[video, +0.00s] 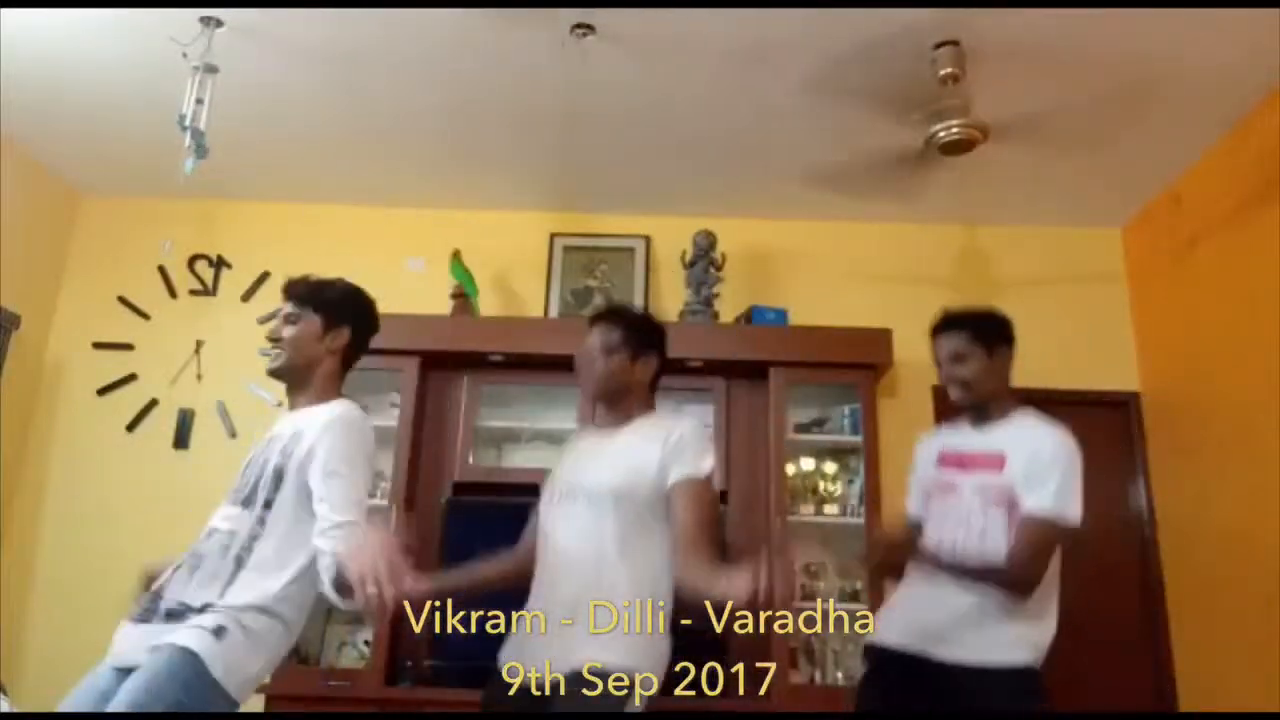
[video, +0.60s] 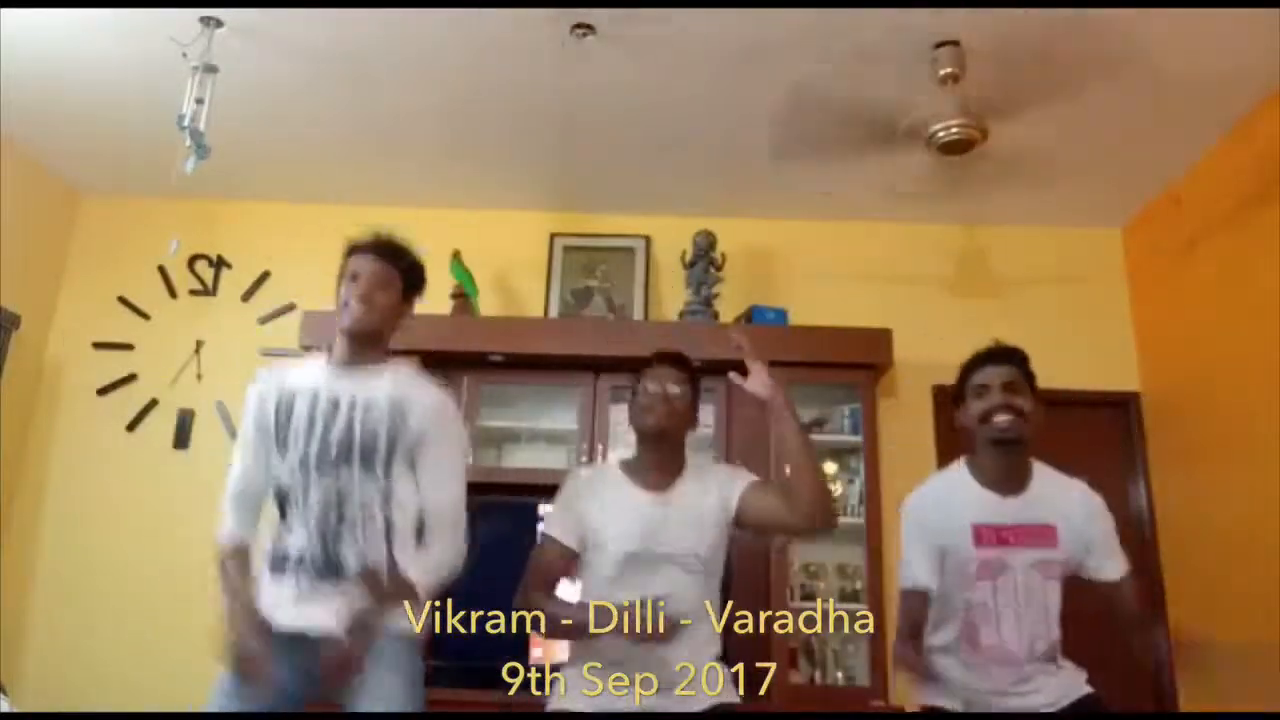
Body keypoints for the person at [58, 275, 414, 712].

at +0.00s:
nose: (273, 331)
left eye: (292, 320)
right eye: (278, 320)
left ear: (336, 340)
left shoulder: (340, 422)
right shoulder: (283, 430)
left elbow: (339, 573)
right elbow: (248, 545)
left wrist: (364, 550)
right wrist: (178, 571)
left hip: (223, 635)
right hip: (167, 621)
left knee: (129, 709)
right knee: (73, 707)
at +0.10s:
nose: (276, 318)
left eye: (297, 308)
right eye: (281, 307)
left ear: (345, 328)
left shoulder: (345, 410)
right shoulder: (285, 415)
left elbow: (338, 537)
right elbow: (248, 537)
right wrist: (171, 522)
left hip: (246, 613)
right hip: (185, 601)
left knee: (157, 700)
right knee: (85, 704)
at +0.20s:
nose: (296, 290)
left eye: (312, 277)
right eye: (296, 278)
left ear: (360, 291)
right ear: (292, 284)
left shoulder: (366, 368)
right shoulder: (277, 375)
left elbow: (359, 484)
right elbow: (222, 491)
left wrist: (333, 351)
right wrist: (134, 438)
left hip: (269, 586)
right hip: (195, 577)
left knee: (200, 700)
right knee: (120, 701)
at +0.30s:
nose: (321, 242)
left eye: (339, 233)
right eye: (317, 232)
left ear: (377, 256)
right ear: (308, 245)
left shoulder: (389, 327)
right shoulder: (274, 330)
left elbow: (413, 431)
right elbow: (226, 435)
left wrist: (320, 325)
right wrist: (136, 374)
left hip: (322, 562)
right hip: (236, 557)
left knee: (284, 704)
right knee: (166, 701)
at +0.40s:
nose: (338, 237)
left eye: (357, 230)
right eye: (332, 226)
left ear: (386, 252)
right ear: (320, 237)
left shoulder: (402, 326)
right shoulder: (275, 322)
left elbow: (434, 447)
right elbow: (229, 430)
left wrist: (349, 398)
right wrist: (157, 401)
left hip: (342, 555)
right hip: (248, 549)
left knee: (320, 705)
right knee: (179, 701)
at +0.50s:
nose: (352, 257)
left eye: (371, 248)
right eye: (344, 244)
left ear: (401, 270)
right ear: (331, 255)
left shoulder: (422, 362)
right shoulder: (278, 347)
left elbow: (445, 501)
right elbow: (239, 458)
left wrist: (379, 520)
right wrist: (190, 518)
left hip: (360, 578)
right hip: (267, 569)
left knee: (367, 703)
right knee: (206, 703)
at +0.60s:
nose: (359, 292)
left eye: (378, 284)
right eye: (352, 278)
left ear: (404, 307)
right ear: (337, 291)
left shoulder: (427, 405)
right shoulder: (275, 388)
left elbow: (446, 546)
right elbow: (238, 512)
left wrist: (364, 619)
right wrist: (243, 619)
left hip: (377, 634)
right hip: (276, 625)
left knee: (387, 700)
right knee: (229, 704)